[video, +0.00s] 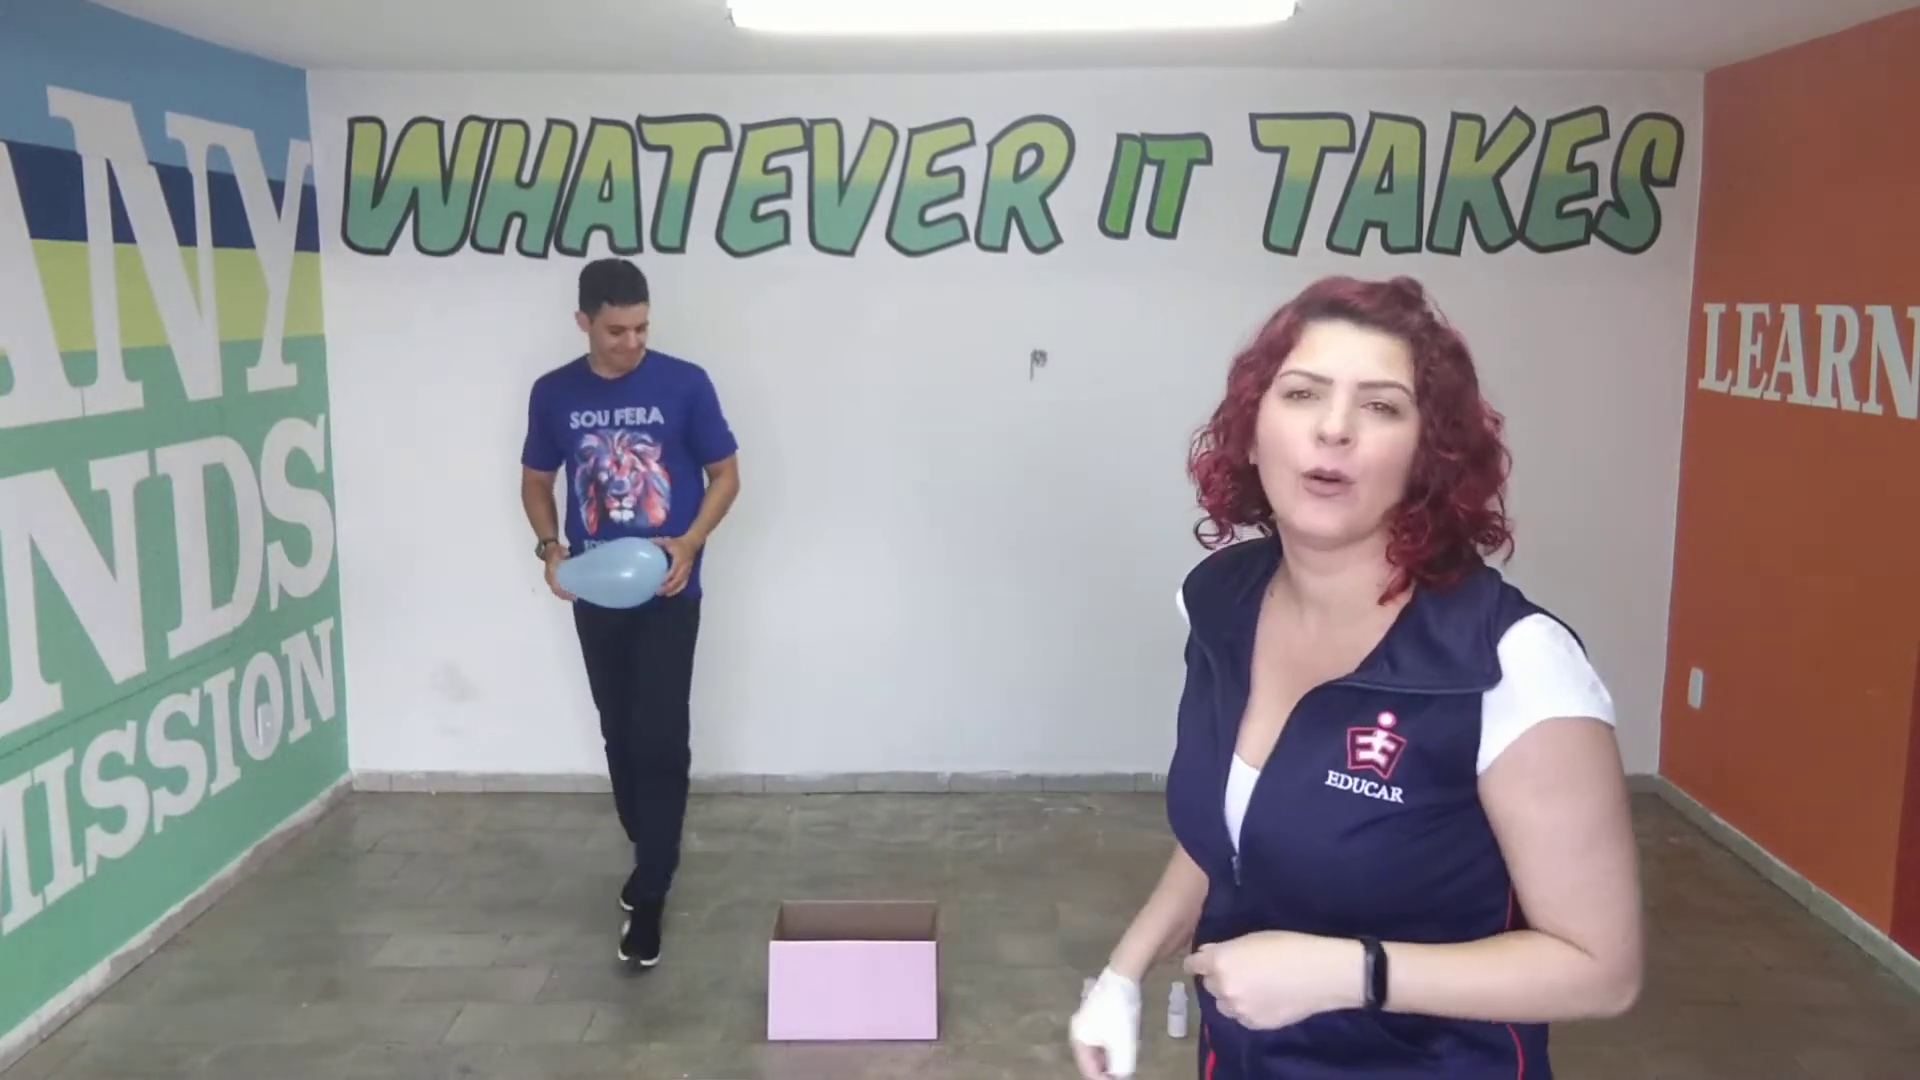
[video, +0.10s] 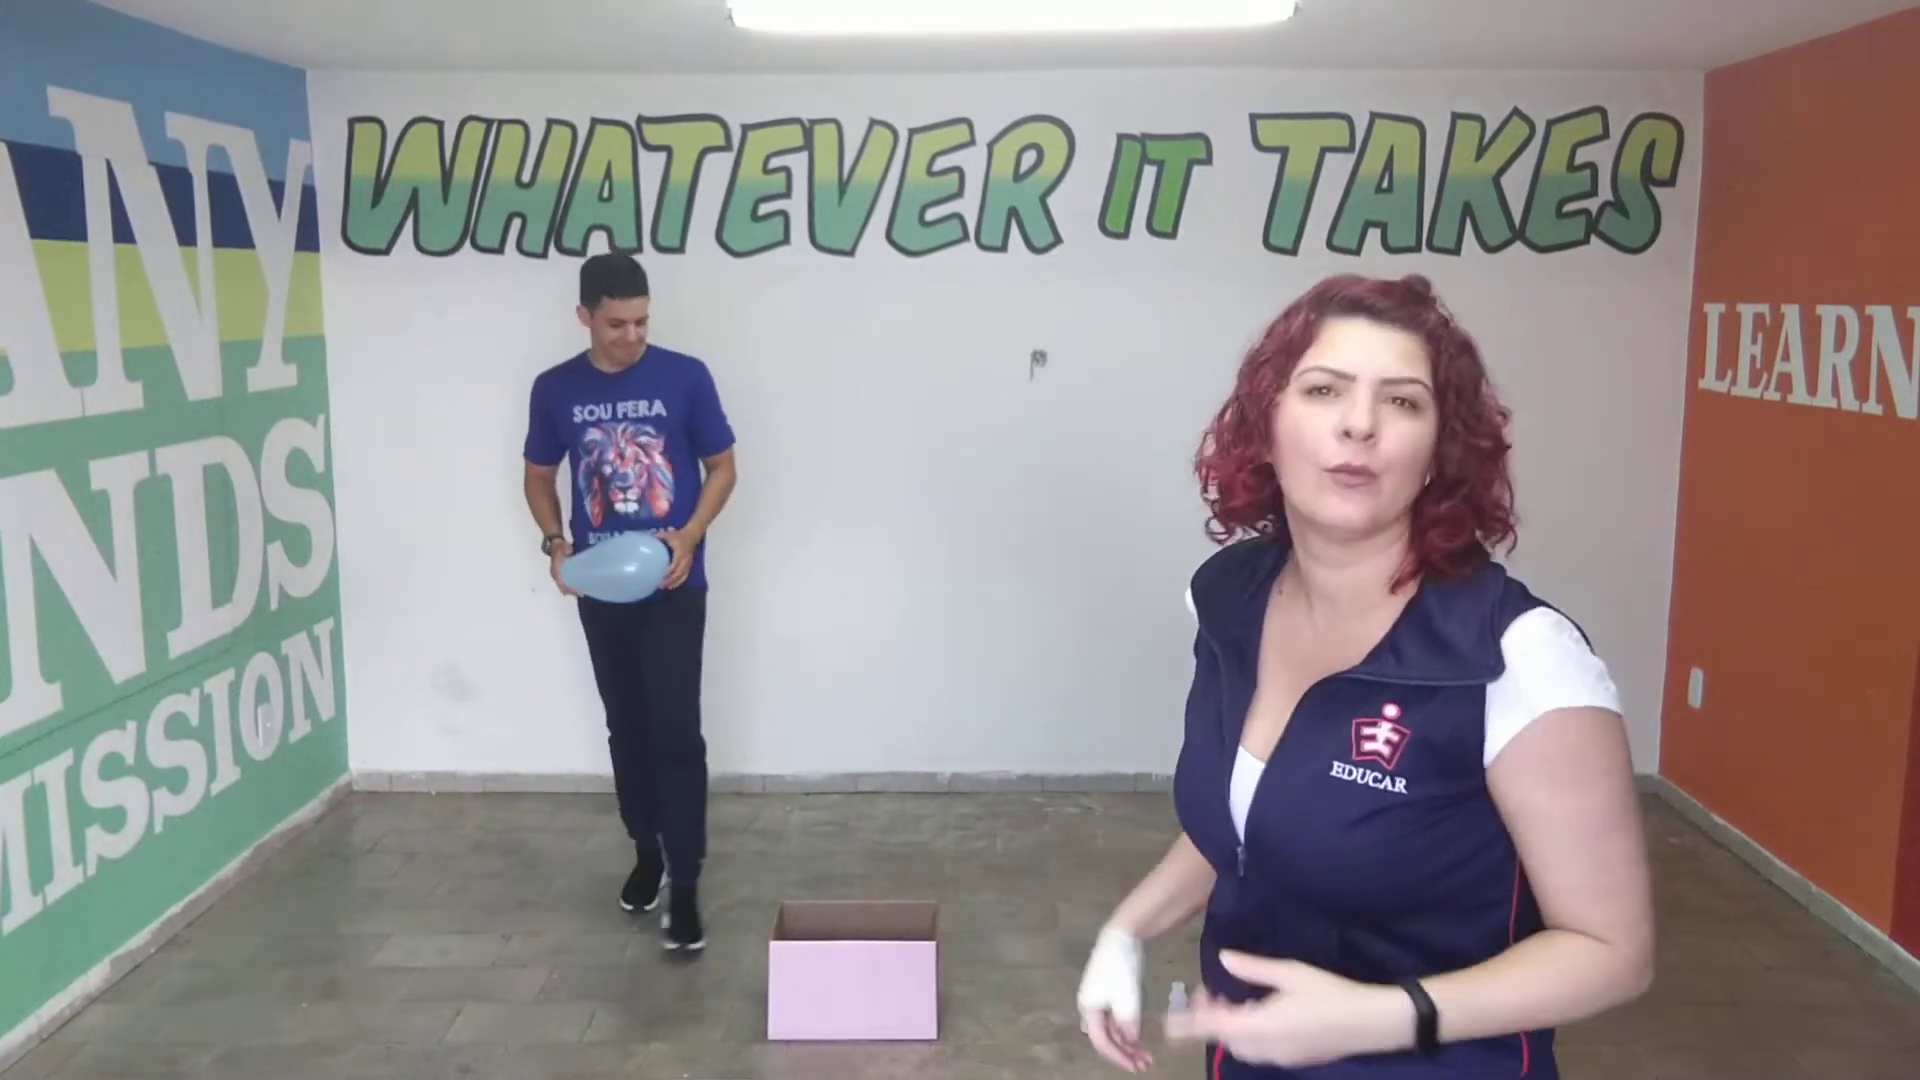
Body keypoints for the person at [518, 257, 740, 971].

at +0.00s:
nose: (630, 342)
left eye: (639, 329)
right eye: (616, 331)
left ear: (649, 319)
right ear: (585, 322)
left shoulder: (684, 384)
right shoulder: (554, 394)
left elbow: (726, 475)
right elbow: (536, 484)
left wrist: (693, 540)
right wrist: (551, 541)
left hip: (668, 588)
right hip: (596, 591)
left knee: (660, 734)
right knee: (619, 732)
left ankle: (650, 895)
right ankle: (648, 861)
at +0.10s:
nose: (631, 335)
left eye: (640, 322)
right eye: (618, 323)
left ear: (650, 313)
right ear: (586, 317)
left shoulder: (684, 378)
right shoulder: (555, 390)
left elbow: (723, 468)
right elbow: (538, 477)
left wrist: (694, 530)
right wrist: (555, 534)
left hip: (674, 582)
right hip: (601, 586)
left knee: (675, 729)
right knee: (625, 728)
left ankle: (685, 884)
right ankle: (646, 851)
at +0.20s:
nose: (631, 327)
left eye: (640, 314)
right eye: (617, 316)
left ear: (652, 310)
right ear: (588, 314)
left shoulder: (687, 377)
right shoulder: (558, 389)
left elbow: (724, 467)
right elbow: (538, 474)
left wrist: (696, 528)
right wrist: (557, 533)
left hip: (680, 580)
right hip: (605, 585)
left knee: (699, 726)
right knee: (628, 726)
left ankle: (721, 877)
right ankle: (645, 854)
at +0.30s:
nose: (637, 327)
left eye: (646, 313)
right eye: (622, 315)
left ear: (658, 308)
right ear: (593, 313)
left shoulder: (691, 376)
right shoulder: (561, 389)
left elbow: (726, 464)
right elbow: (538, 473)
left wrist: (702, 524)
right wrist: (559, 535)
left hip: (685, 580)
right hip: (608, 587)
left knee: (720, 719)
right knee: (629, 728)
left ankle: (755, 859)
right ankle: (646, 856)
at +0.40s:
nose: (644, 332)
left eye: (653, 318)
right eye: (630, 319)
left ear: (665, 311)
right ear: (601, 313)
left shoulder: (695, 375)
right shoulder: (566, 386)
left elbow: (729, 462)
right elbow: (536, 475)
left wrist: (713, 520)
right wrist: (565, 531)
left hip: (691, 578)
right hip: (614, 586)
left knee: (735, 708)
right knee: (631, 726)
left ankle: (771, 838)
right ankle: (646, 857)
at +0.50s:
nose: (653, 331)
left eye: (662, 317)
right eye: (639, 319)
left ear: (673, 309)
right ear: (609, 312)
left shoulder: (700, 376)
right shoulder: (572, 386)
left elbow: (730, 460)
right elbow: (539, 476)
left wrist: (727, 513)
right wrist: (576, 530)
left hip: (699, 576)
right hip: (621, 584)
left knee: (743, 701)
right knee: (634, 724)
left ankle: (769, 817)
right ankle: (646, 857)